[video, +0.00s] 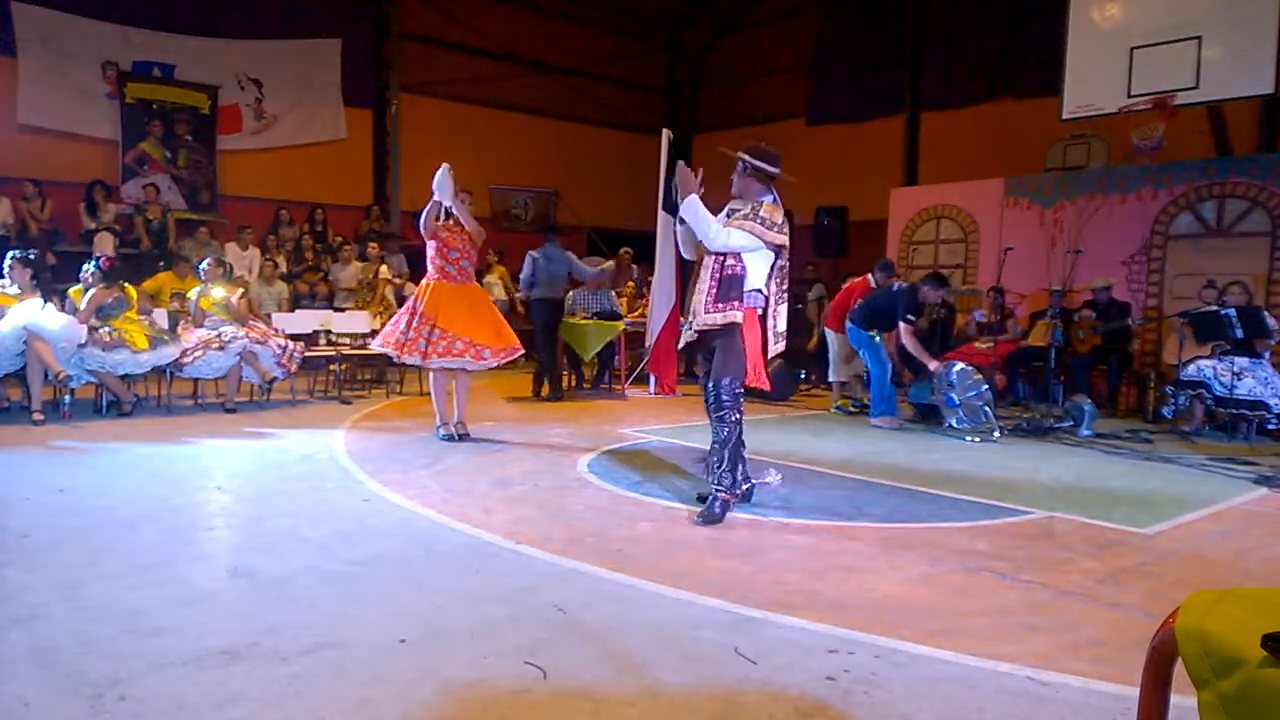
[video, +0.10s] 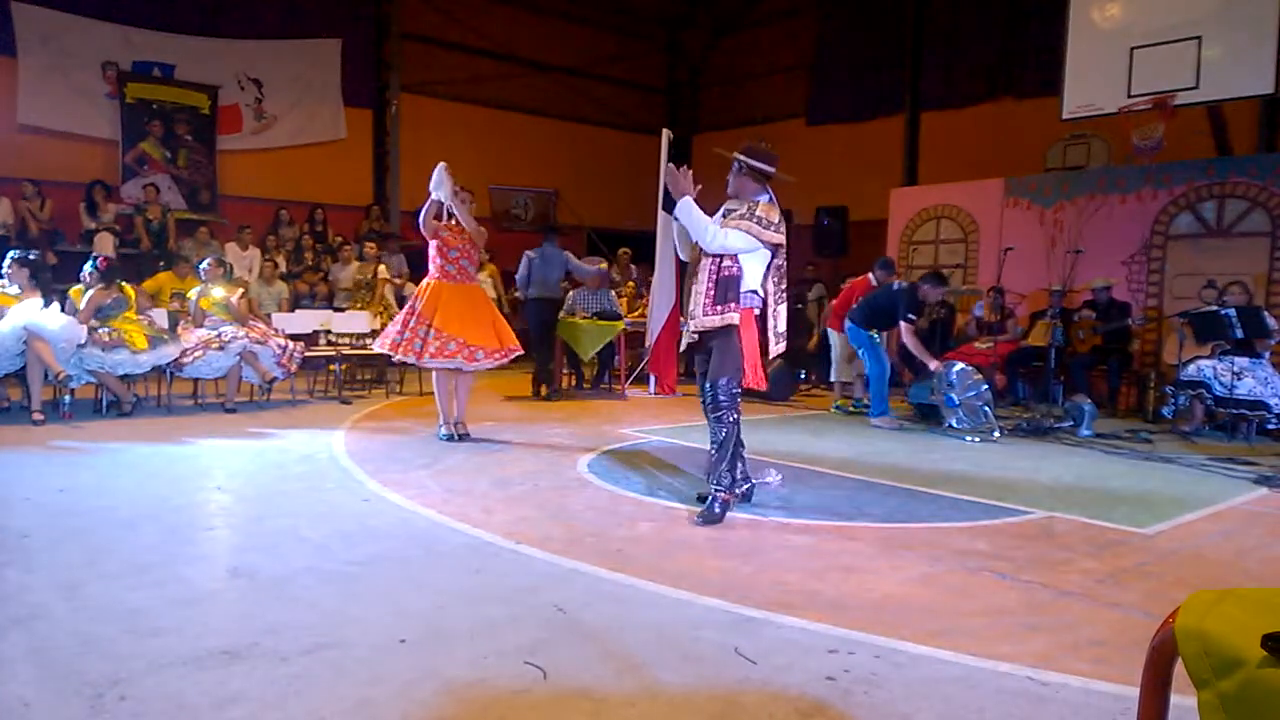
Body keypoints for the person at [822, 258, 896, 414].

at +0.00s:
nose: (890, 282)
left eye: (892, 278)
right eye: (888, 278)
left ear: (884, 275)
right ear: (877, 274)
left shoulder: (876, 288)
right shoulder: (863, 287)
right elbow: (854, 314)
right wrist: (855, 344)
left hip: (852, 325)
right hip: (835, 323)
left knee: (855, 362)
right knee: (838, 362)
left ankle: (859, 397)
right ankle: (838, 400)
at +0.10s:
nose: (890, 279)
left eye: (892, 276)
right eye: (888, 275)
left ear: (885, 273)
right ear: (878, 271)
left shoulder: (878, 287)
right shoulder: (863, 285)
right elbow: (857, 311)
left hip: (855, 325)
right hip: (838, 323)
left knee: (859, 362)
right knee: (840, 361)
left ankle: (859, 397)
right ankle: (838, 399)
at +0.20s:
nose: (892, 278)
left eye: (893, 273)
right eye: (889, 273)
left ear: (894, 273)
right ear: (878, 270)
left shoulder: (882, 286)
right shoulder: (864, 284)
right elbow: (860, 312)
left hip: (857, 326)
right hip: (841, 324)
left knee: (861, 363)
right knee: (843, 362)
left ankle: (859, 398)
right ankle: (839, 399)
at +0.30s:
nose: (893, 277)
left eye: (894, 272)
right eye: (890, 272)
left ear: (894, 272)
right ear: (878, 269)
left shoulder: (882, 285)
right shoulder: (864, 284)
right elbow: (860, 311)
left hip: (857, 326)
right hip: (841, 325)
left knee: (861, 363)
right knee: (845, 362)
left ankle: (859, 398)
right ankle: (840, 399)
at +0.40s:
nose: (892, 275)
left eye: (894, 270)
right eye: (890, 270)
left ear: (891, 270)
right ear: (879, 268)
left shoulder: (884, 285)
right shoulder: (863, 283)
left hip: (862, 326)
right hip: (845, 325)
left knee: (863, 363)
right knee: (848, 362)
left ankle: (859, 398)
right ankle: (841, 398)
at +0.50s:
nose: (891, 273)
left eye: (893, 269)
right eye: (888, 268)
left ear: (892, 268)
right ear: (878, 266)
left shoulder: (884, 285)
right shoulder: (863, 283)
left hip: (868, 328)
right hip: (851, 328)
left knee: (865, 364)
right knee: (851, 363)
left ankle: (859, 398)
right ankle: (842, 398)